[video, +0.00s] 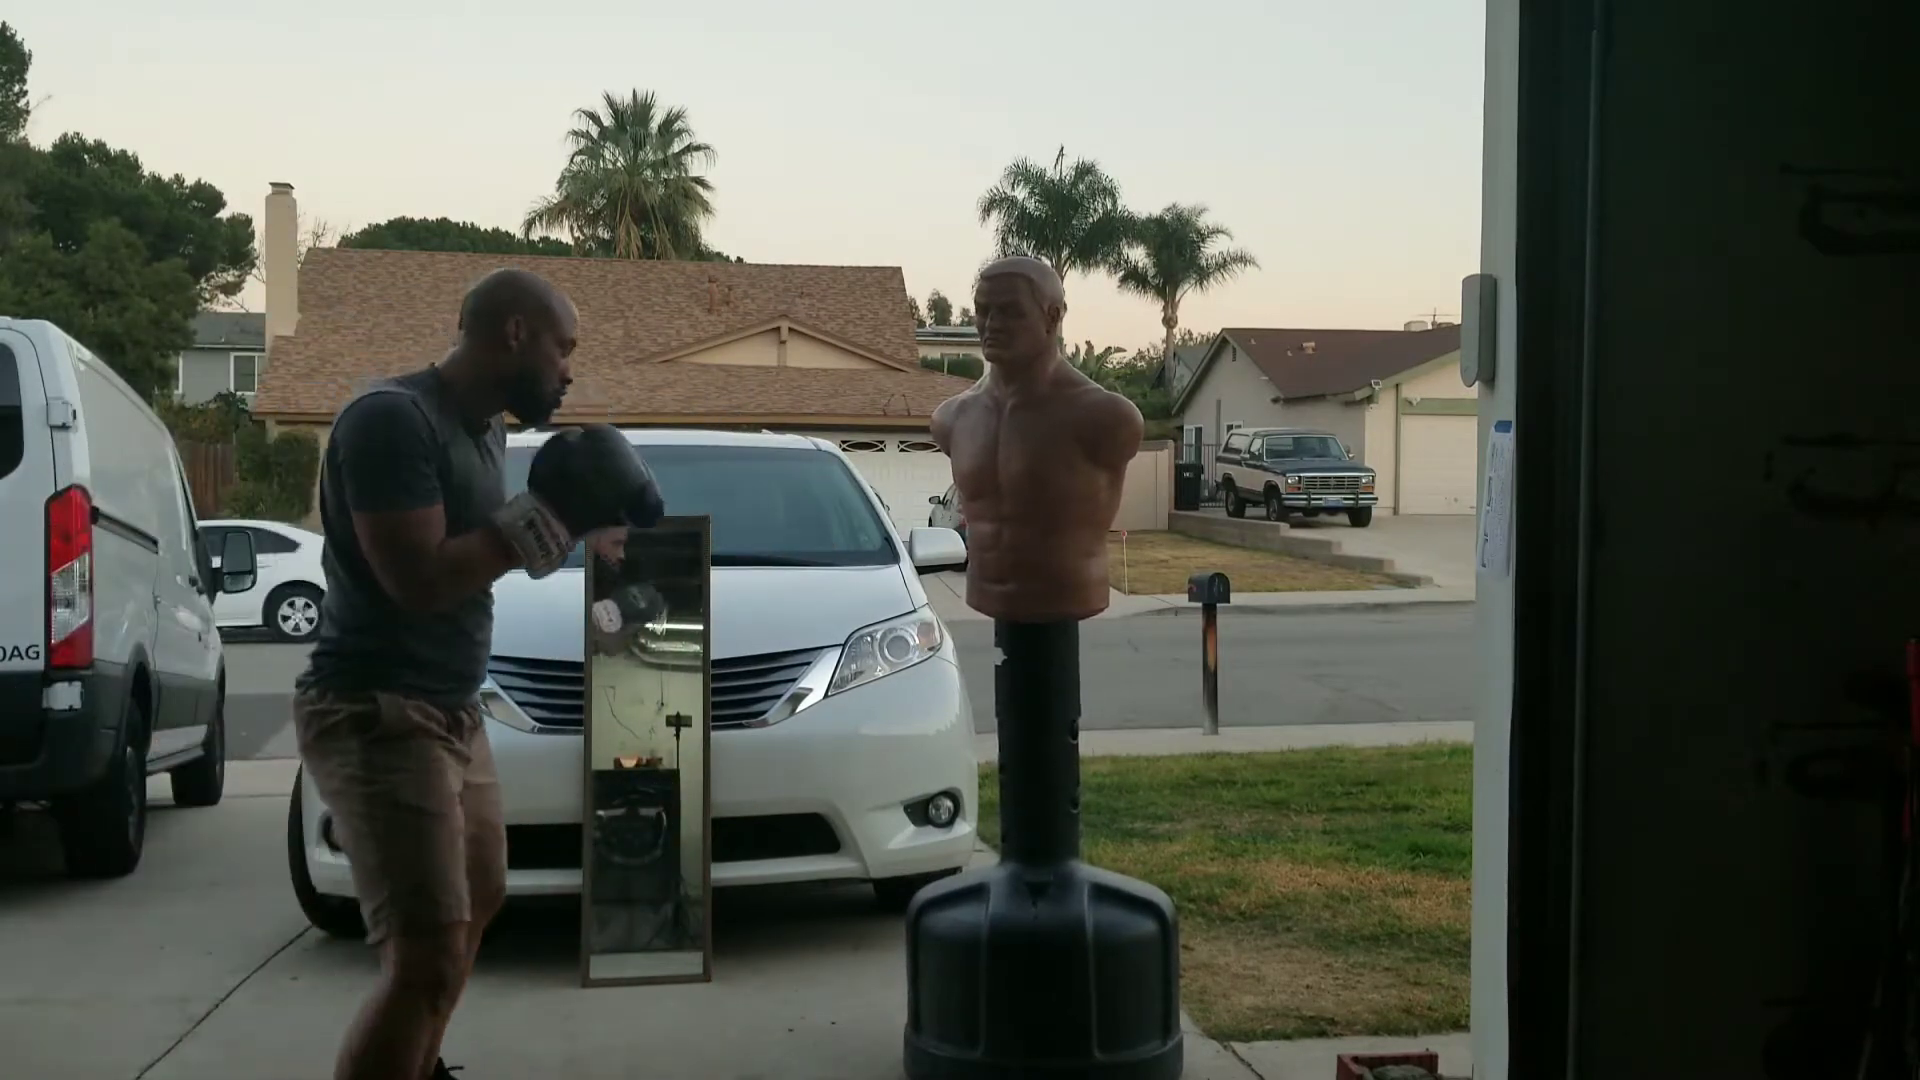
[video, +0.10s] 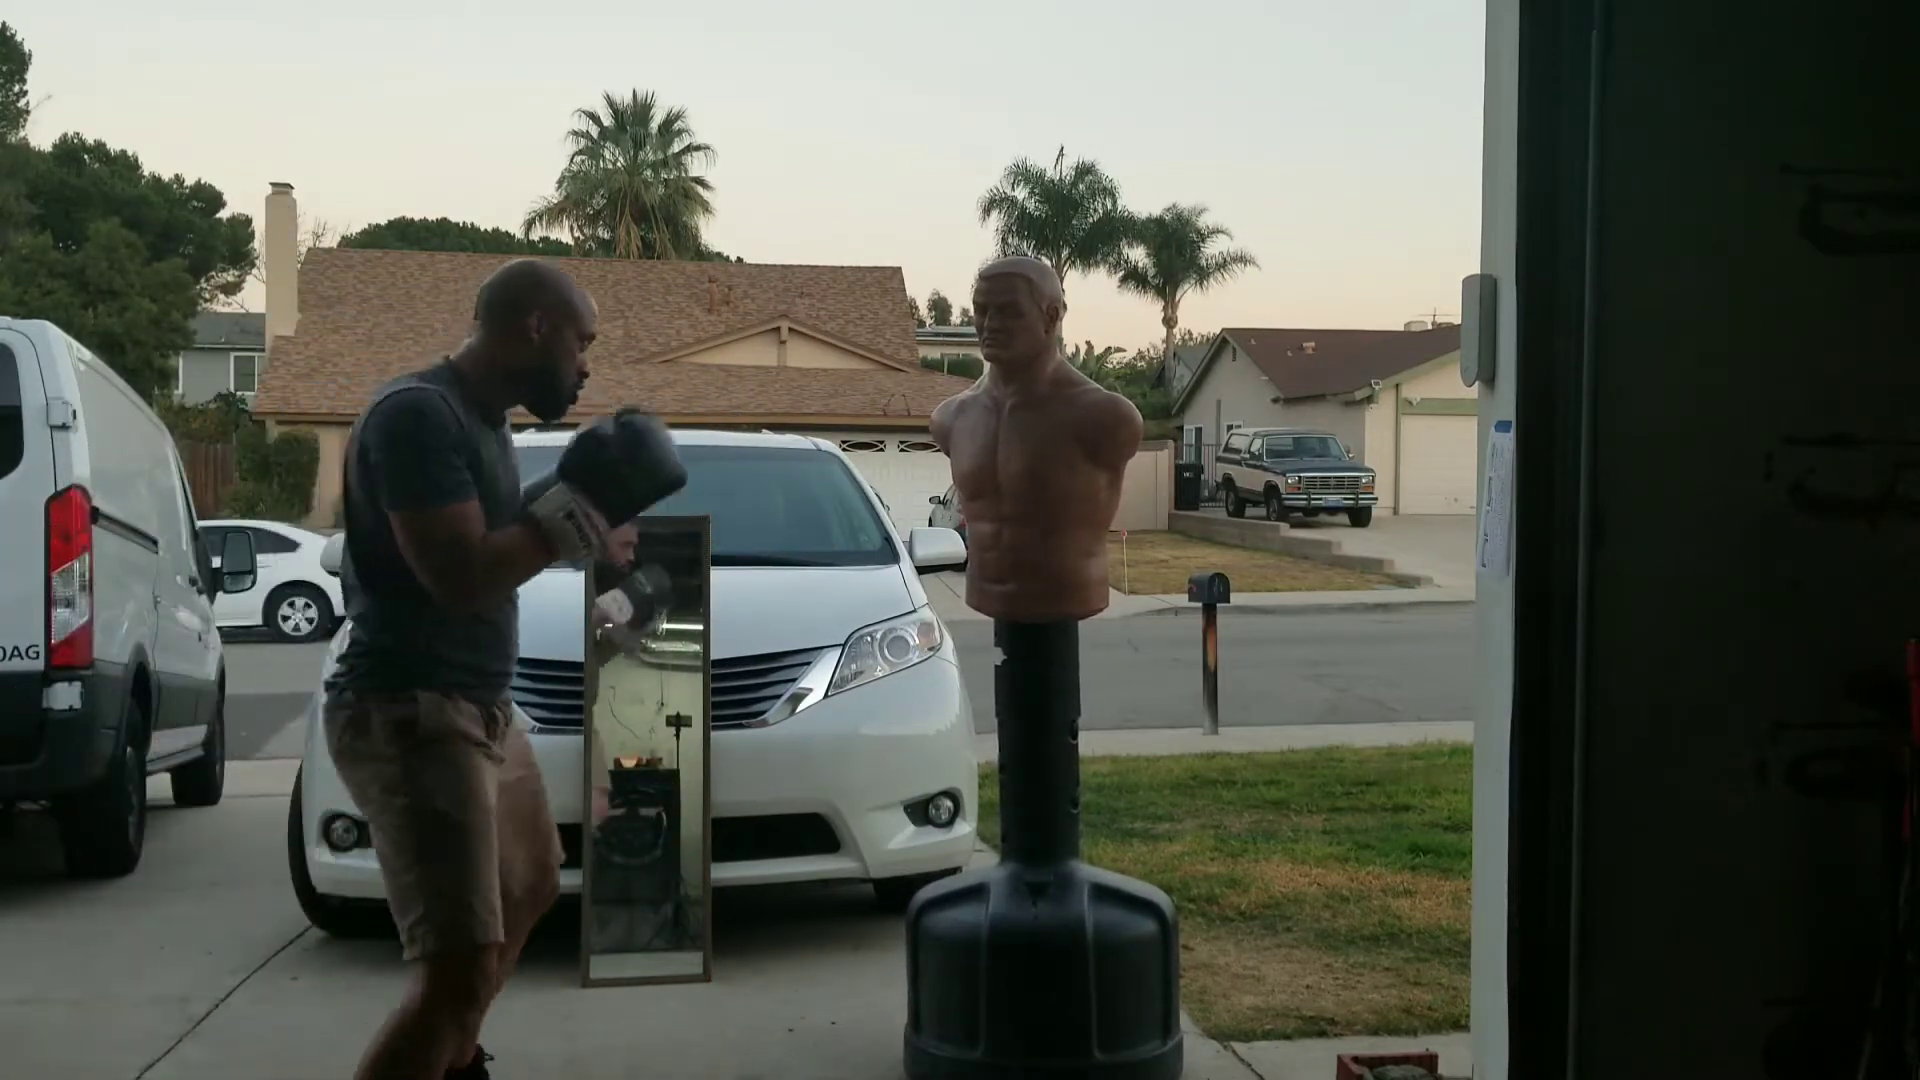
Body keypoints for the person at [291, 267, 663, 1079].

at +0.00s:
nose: (570, 370)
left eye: (572, 351)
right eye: (563, 348)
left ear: (509, 337)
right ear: (513, 335)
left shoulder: (480, 433)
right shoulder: (388, 420)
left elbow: (472, 560)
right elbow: (421, 581)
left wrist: (571, 524)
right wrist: (544, 519)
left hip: (450, 713)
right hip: (376, 715)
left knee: (479, 894)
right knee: (430, 952)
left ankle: (416, 1060)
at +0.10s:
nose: (585, 367)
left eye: (588, 348)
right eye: (580, 345)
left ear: (526, 331)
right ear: (531, 330)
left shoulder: (486, 429)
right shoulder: (414, 416)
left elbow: (495, 555)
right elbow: (462, 577)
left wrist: (576, 532)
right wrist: (570, 508)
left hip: (481, 708)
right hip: (408, 713)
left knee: (530, 885)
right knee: (463, 963)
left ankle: (454, 1053)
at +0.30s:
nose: (645, 325)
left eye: (647, 310)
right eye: (642, 306)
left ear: (545, 296)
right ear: (617, 303)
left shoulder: (491, 361)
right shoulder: (557, 363)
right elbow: (665, 505)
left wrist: (648, 393)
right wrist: (719, 399)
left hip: (530, 689)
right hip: (492, 691)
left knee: (624, 861)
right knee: (480, 969)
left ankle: (632, 1070)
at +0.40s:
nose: (696, 346)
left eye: (700, 330)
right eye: (696, 326)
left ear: (604, 313)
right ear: (670, 321)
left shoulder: (527, 389)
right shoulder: (619, 377)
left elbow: (590, 530)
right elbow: (682, 544)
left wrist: (700, 444)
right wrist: (752, 439)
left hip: (604, 707)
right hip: (544, 710)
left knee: (679, 886)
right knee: (582, 994)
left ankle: (671, 1072)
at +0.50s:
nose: (760, 385)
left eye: (760, 365)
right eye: (755, 363)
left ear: (677, 349)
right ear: (720, 355)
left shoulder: (637, 405)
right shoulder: (653, 405)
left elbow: (670, 560)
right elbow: (704, 576)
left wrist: (742, 480)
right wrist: (779, 487)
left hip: (610, 719)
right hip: (563, 726)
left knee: (713, 889)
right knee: (693, 984)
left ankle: (675, 1062)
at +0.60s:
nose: (817, 420)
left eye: (819, 400)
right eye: (816, 397)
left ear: (743, 382)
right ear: (780, 388)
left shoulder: (689, 444)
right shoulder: (687, 447)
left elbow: (722, 598)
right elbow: (734, 622)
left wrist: (798, 549)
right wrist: (817, 543)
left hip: (613, 738)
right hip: (571, 747)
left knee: (726, 894)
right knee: (722, 993)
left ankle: (676, 1061)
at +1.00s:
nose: (831, 243)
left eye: (842, 228)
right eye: (832, 224)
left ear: (727, 216)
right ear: (813, 224)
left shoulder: (639, 290)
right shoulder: (782, 290)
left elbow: (726, 269)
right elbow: (912, 431)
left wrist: (811, 212)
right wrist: (929, 291)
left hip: (596, 654)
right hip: (684, 660)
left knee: (677, 940)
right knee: (736, 983)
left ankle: (649, 1072)